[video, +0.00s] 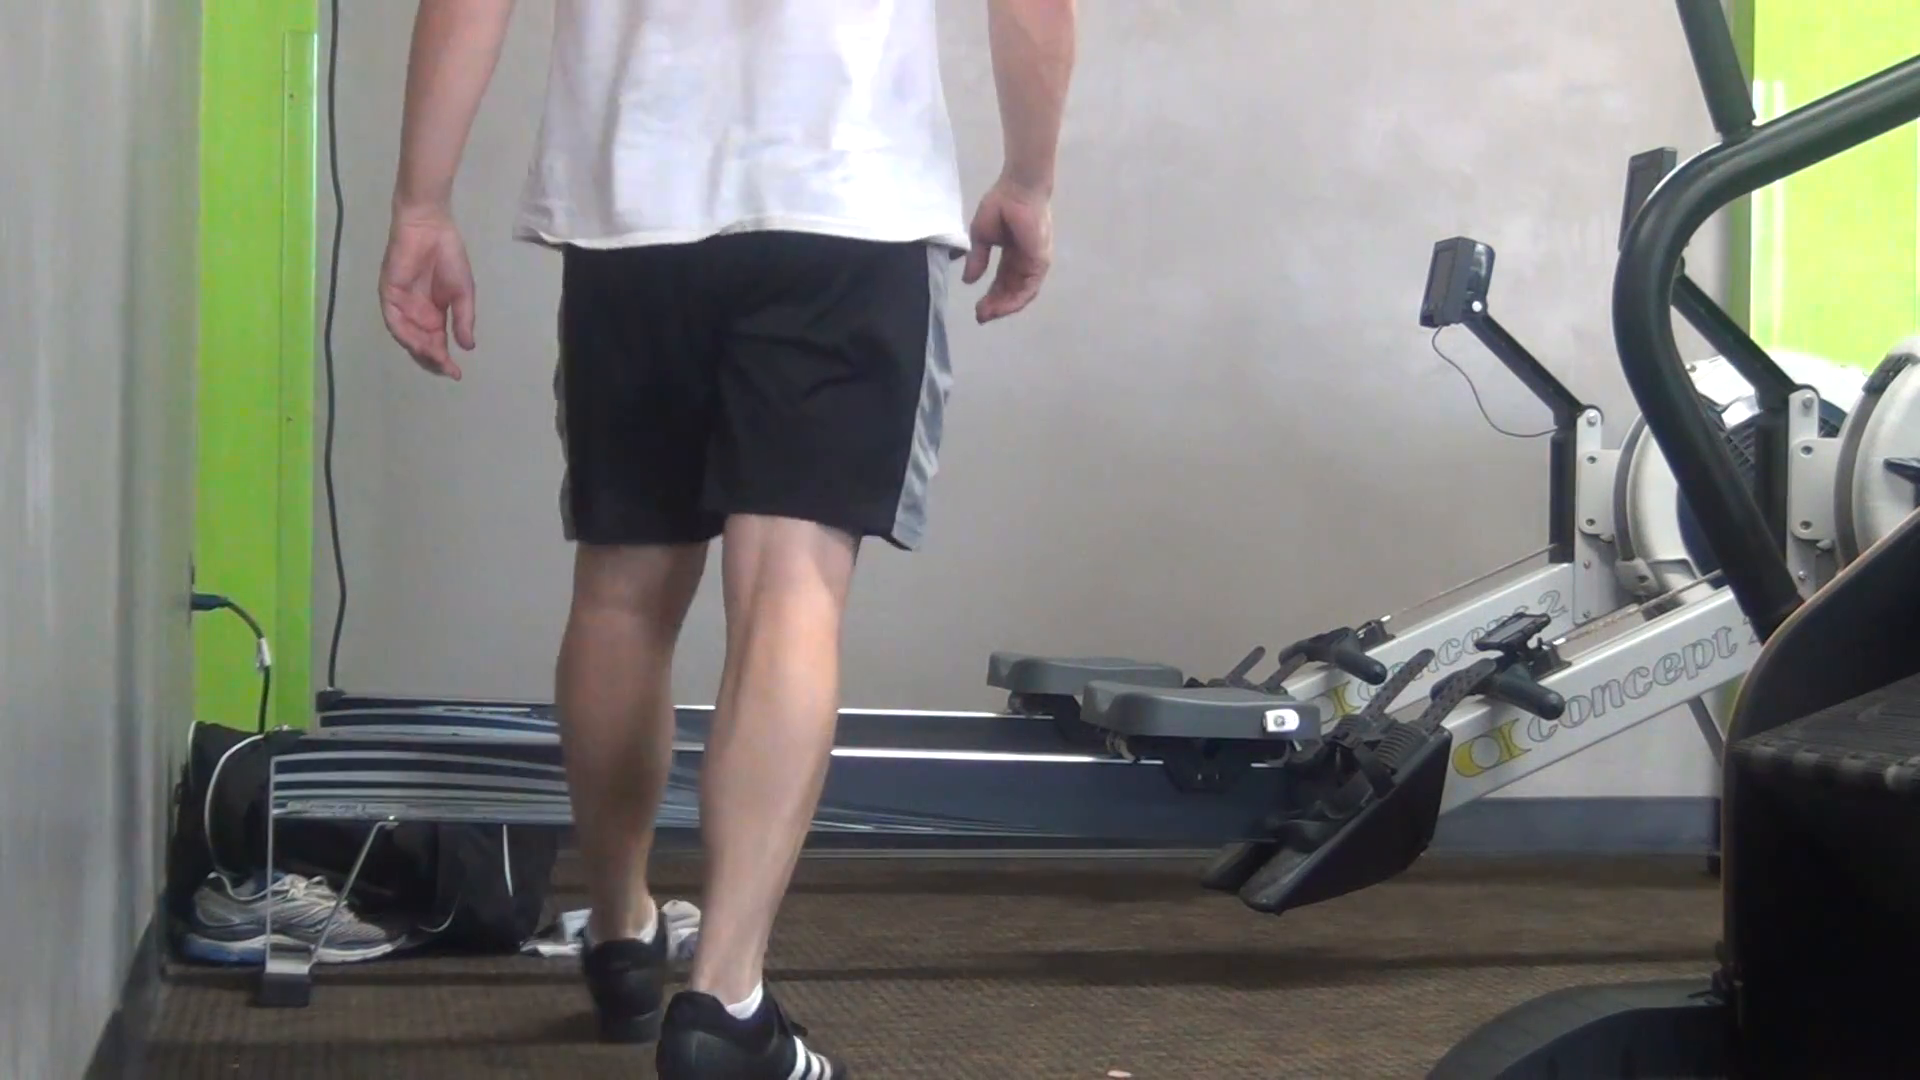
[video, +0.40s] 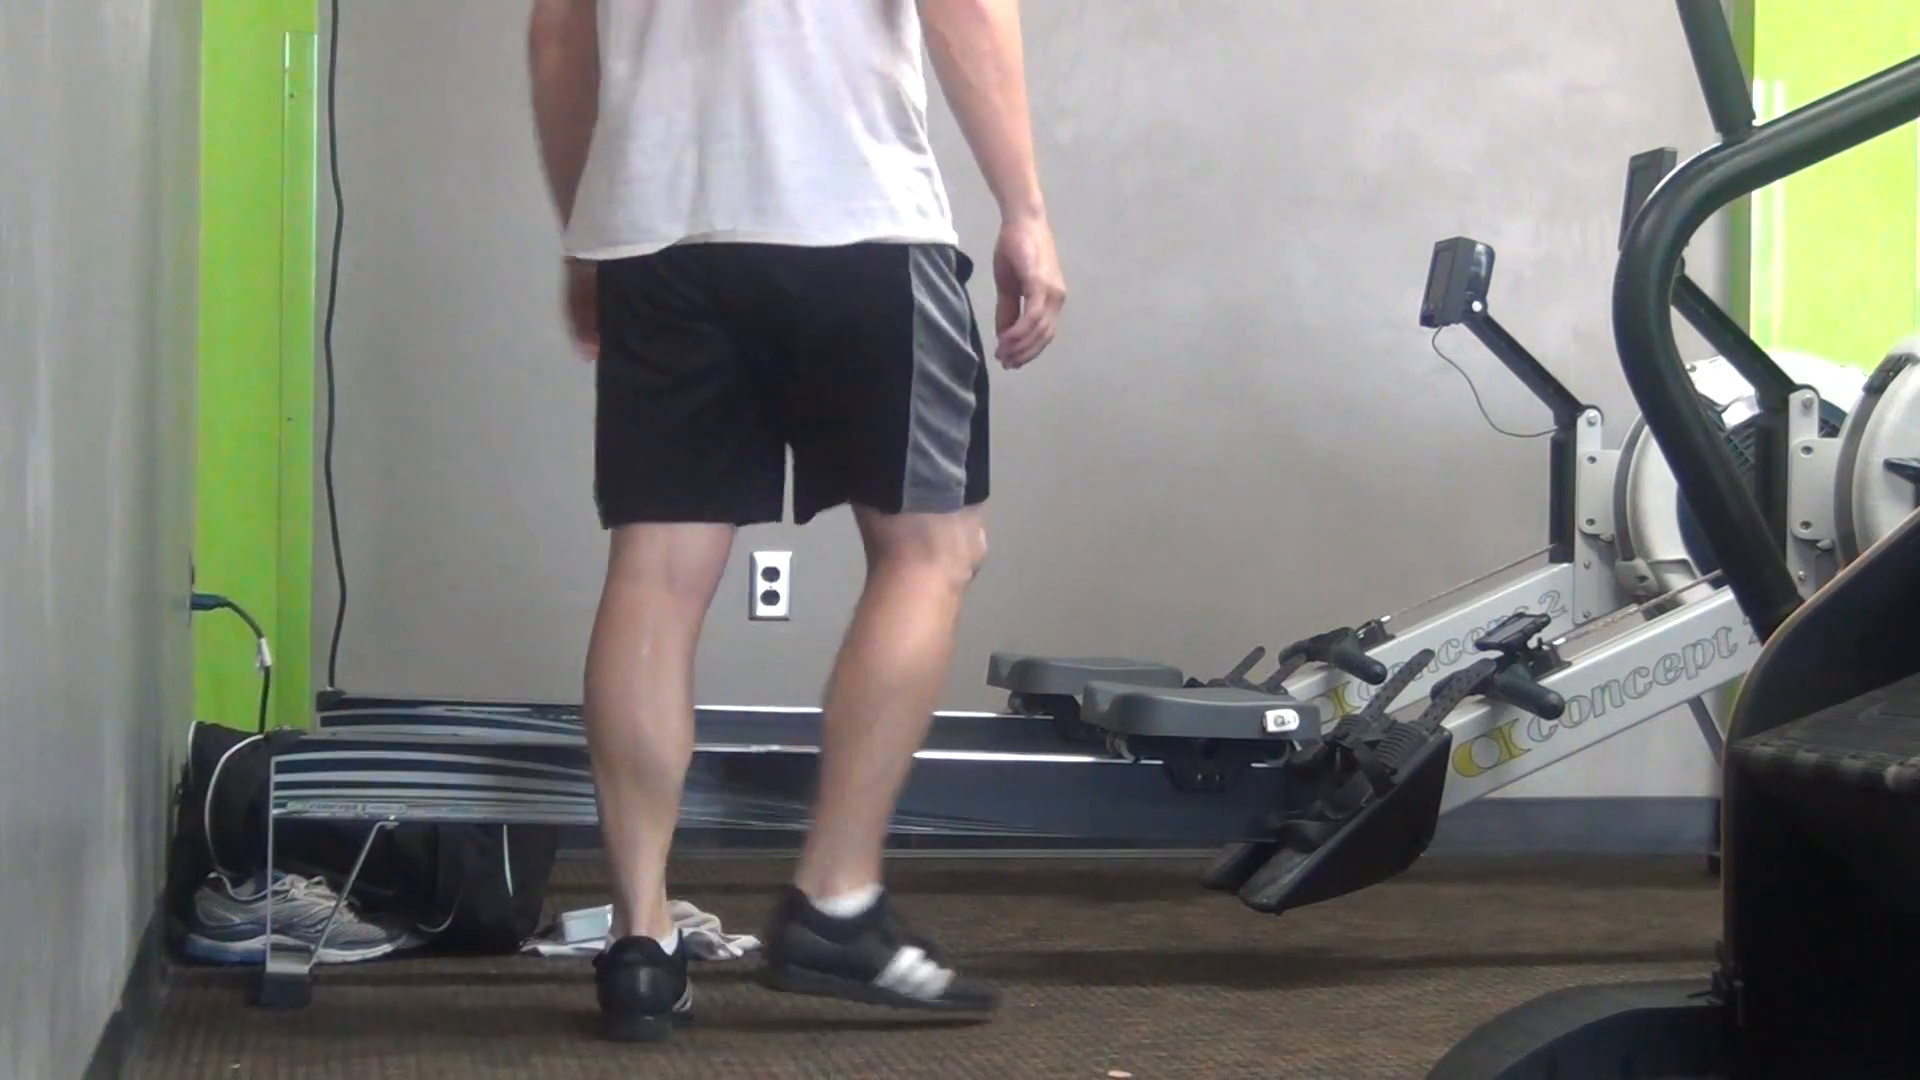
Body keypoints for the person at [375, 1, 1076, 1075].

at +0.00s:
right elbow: (1033, 5)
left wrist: (423, 200)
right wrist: (1026, 177)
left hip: (625, 172)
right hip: (847, 167)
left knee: (622, 588)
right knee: (791, 592)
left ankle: (621, 942)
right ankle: (723, 1004)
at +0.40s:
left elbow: (560, 28)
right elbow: (959, 6)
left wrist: (589, 233)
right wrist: (1023, 207)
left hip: (655, 206)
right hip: (854, 200)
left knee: (654, 570)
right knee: (928, 547)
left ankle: (641, 943)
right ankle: (836, 904)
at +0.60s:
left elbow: (651, 40)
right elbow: (976, 21)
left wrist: (735, 197)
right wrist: (1036, 254)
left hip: (724, 226)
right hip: (911, 232)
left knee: (744, 561)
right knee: (935, 588)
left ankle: (647, 892)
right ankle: (927, 925)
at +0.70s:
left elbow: (689, 35)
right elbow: (1012, 31)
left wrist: (776, 177)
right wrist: (1059, 269)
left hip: (779, 222)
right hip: (939, 226)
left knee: (827, 532)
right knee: (954, 585)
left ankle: (694, 748)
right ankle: (926, 925)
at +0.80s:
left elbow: (718, 16)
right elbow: (1028, 33)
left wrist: (801, 155)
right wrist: (1081, 261)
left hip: (804, 216)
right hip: (943, 225)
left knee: (906, 475)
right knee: (956, 577)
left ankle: (748, 603)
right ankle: (927, 924)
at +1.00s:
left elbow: (788, 7)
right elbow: (1024, 43)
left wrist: (887, 108)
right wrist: (1091, 259)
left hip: (871, 206)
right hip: (963, 225)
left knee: (1079, 434)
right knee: (978, 581)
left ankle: (782, 590)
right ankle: (925, 926)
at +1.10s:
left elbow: (844, 24)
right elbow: (1017, 40)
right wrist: (1078, 259)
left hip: (900, 192)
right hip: (972, 214)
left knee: (1089, 457)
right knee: (1001, 563)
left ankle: (865, 705)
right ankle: (928, 923)